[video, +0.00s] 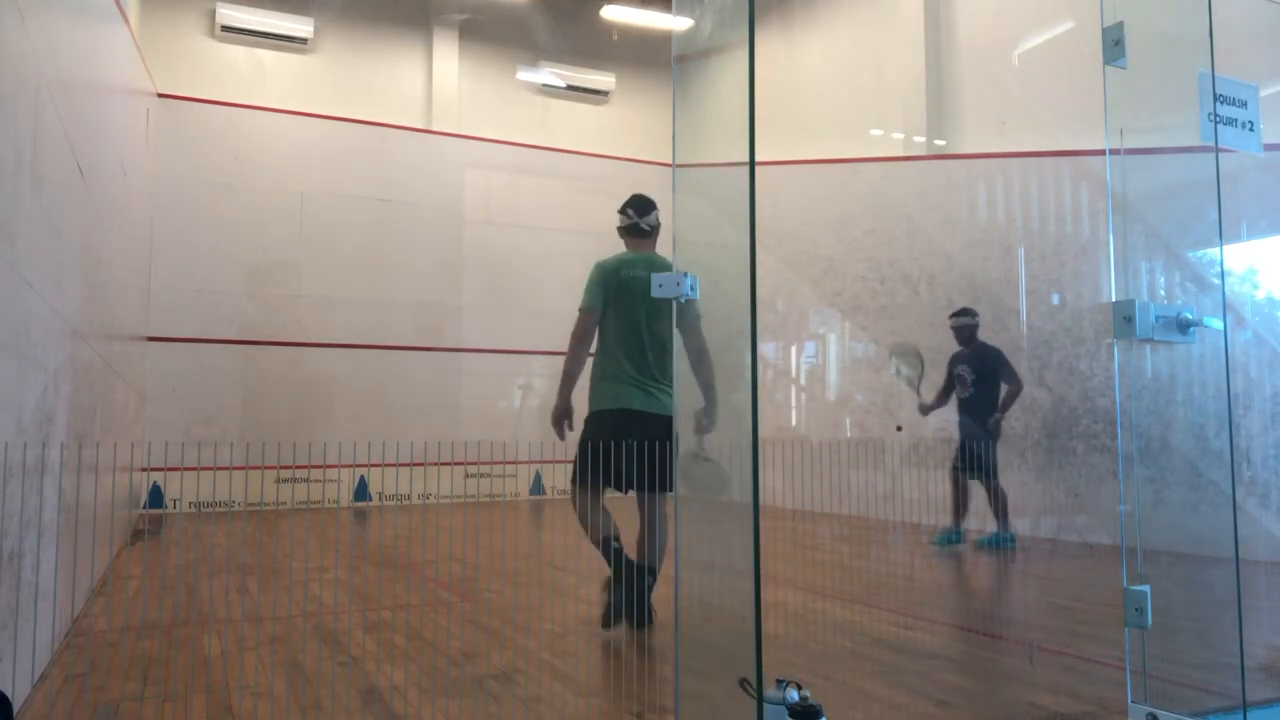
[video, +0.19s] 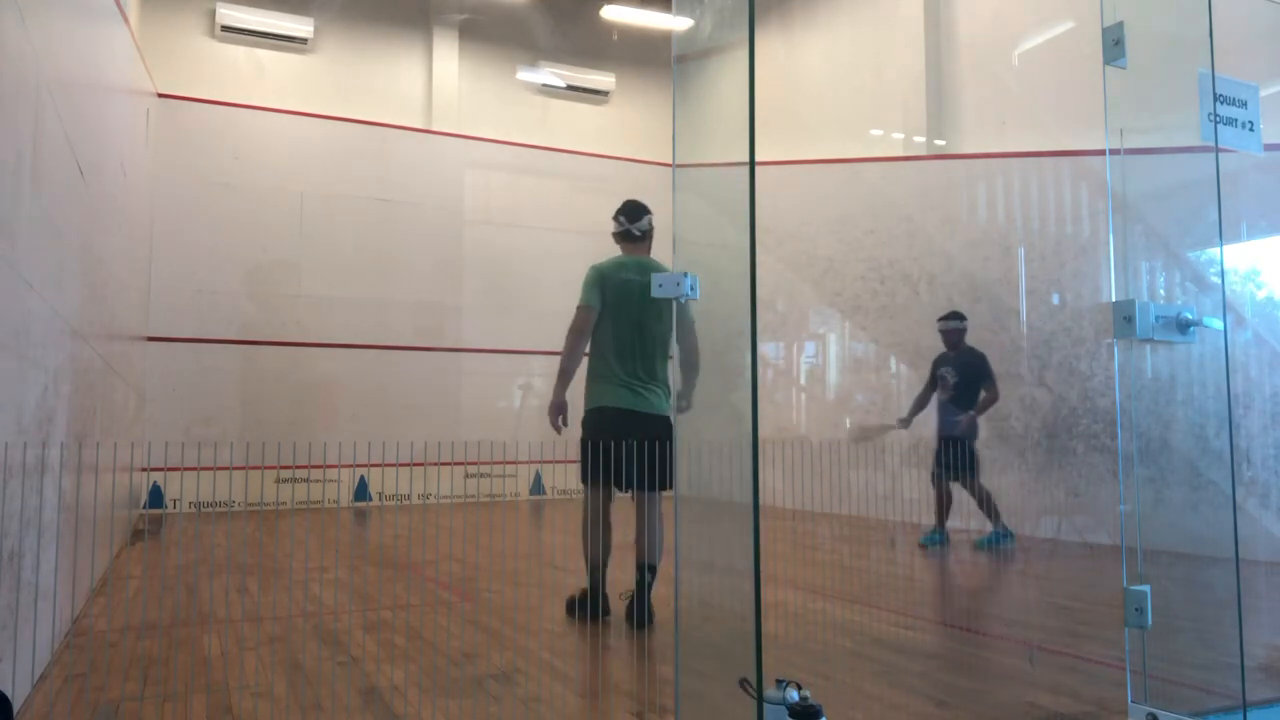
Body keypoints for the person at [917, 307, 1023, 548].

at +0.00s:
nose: (957, 334)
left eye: (962, 329)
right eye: (954, 329)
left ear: (974, 328)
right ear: (952, 330)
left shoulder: (990, 354)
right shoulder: (957, 359)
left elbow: (1015, 385)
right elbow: (947, 390)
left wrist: (999, 415)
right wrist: (931, 406)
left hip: (985, 427)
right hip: (968, 427)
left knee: (958, 472)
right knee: (988, 480)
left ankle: (955, 529)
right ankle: (1004, 532)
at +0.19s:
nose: (944, 337)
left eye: (949, 332)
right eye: (942, 332)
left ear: (962, 332)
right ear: (940, 333)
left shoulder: (975, 358)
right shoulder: (941, 361)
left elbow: (992, 394)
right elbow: (927, 391)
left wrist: (973, 414)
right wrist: (910, 416)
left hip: (962, 429)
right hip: (947, 429)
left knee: (939, 479)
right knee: (968, 480)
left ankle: (940, 530)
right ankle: (1001, 528)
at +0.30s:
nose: (935, 336)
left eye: (939, 331)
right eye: (933, 331)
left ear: (952, 331)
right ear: (932, 332)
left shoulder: (965, 358)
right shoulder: (932, 358)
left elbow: (983, 395)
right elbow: (925, 390)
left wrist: (965, 416)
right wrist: (909, 413)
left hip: (955, 426)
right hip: (935, 425)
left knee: (942, 477)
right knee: (944, 479)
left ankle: (939, 529)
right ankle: (990, 520)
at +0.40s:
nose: (927, 336)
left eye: (931, 331)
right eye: (924, 332)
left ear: (943, 331)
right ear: (922, 332)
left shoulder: (956, 358)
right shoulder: (924, 357)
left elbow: (974, 394)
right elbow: (920, 389)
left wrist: (959, 418)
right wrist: (905, 415)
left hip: (948, 428)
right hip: (928, 428)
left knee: (938, 478)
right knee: (923, 477)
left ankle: (940, 530)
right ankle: (971, 510)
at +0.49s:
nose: (917, 337)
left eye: (921, 332)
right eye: (914, 332)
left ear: (934, 331)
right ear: (913, 333)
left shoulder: (949, 357)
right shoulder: (917, 358)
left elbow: (968, 392)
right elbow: (912, 390)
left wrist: (954, 419)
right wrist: (896, 415)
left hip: (943, 427)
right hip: (922, 426)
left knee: (937, 478)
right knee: (906, 471)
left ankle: (941, 529)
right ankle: (947, 512)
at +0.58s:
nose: (911, 338)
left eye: (915, 333)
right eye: (907, 334)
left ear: (927, 332)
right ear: (905, 334)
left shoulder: (941, 357)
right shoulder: (911, 358)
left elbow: (962, 391)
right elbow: (903, 388)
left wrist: (949, 418)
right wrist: (886, 413)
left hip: (937, 427)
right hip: (916, 427)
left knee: (936, 477)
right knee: (900, 471)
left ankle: (940, 530)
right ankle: (917, 521)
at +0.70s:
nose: (904, 339)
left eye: (909, 334)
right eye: (901, 335)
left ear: (920, 333)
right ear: (898, 335)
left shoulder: (935, 357)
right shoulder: (902, 360)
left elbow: (957, 390)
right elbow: (891, 389)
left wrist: (944, 416)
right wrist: (875, 414)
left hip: (932, 428)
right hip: (908, 427)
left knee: (933, 480)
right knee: (900, 476)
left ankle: (939, 530)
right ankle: (906, 524)